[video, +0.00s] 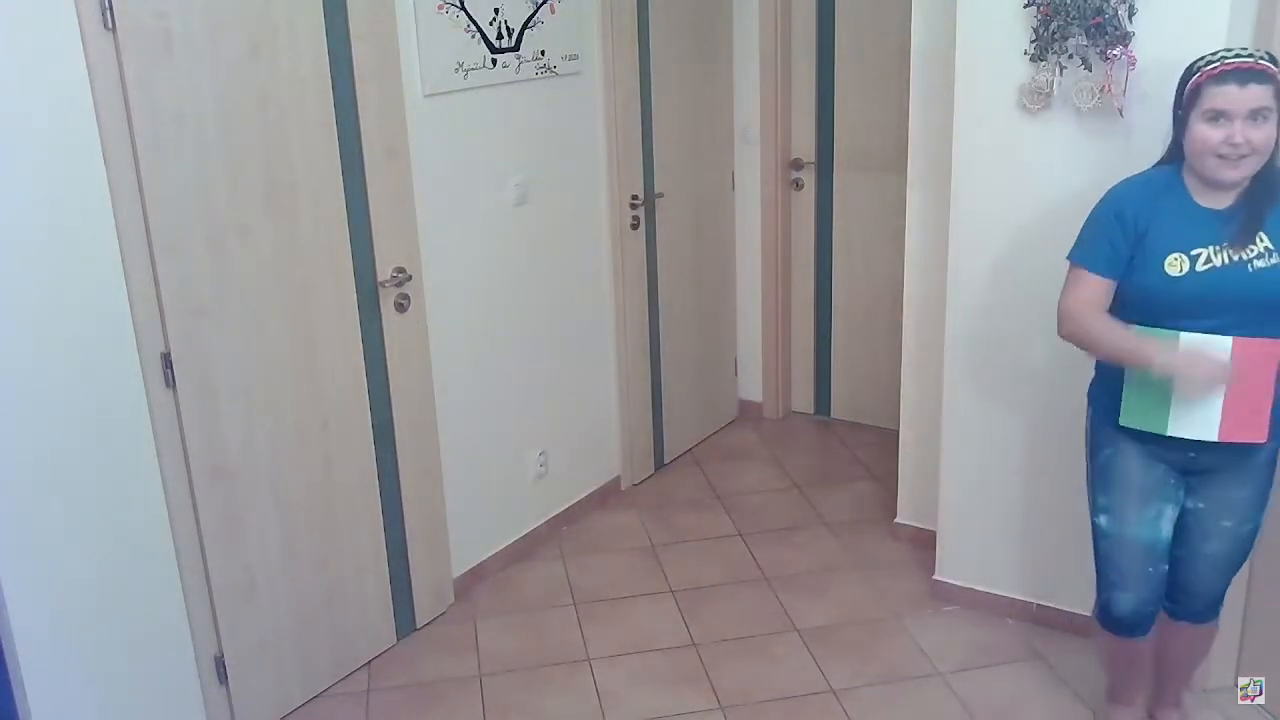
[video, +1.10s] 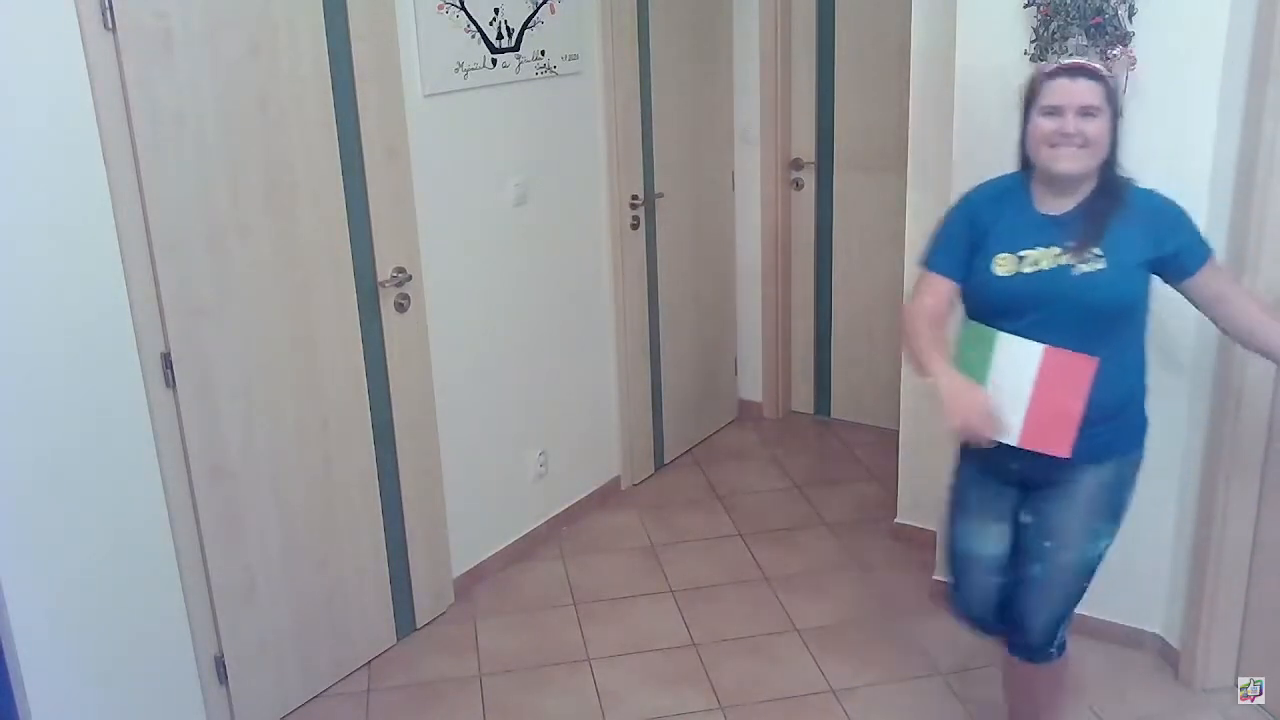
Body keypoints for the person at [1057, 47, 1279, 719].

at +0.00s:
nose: (1236, 136)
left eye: (1255, 117)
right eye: (1216, 117)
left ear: (1277, 128)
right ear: (1183, 126)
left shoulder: (1275, 212)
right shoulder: (1134, 203)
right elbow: (1075, 315)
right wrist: (1168, 358)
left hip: (1244, 443)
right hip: (1136, 434)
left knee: (1197, 602)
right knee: (1127, 605)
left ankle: (1171, 704)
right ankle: (1123, 706)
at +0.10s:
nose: (1234, 141)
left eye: (1254, 123)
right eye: (1215, 122)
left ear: (1274, 132)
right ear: (1182, 128)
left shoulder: (1276, 214)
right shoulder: (1132, 208)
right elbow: (1079, 321)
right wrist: (1142, 413)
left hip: (1249, 445)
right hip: (1142, 436)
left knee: (1201, 609)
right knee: (1133, 611)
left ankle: (1171, 704)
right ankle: (1127, 703)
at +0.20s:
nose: (1229, 142)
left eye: (1248, 124)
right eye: (1210, 124)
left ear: (1270, 133)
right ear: (1179, 131)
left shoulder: (1277, 213)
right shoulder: (1127, 213)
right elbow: (1070, 327)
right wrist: (1054, 439)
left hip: (1250, 452)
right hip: (1141, 444)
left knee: (1207, 610)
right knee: (1146, 615)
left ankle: (1171, 702)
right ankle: (1129, 700)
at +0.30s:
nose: (1221, 126)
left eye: (1241, 109)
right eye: (1202, 109)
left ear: (1262, 122)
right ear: (1171, 120)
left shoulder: (1272, 206)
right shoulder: (1118, 205)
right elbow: (1042, 298)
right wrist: (978, 378)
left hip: (1250, 437)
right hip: (1143, 431)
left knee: (1204, 595)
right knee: (1153, 606)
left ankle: (1171, 701)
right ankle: (1127, 702)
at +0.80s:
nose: (1142, 112)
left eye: (1163, 100)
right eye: (1124, 97)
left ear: (1187, 115)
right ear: (1099, 110)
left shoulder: (1228, 208)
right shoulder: (1050, 193)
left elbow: (1276, 313)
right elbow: (980, 273)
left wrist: (1277, 416)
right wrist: (924, 327)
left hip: (1164, 433)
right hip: (1061, 426)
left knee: (1103, 608)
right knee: (1087, 587)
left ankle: (1071, 710)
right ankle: (1117, 688)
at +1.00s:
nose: (1098, 134)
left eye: (1118, 119)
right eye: (1081, 118)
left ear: (1141, 133)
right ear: (1055, 129)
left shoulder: (1180, 221)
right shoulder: (1014, 211)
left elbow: (1263, 310)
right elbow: (954, 315)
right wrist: (969, 365)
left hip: (1117, 458)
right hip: (1020, 447)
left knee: (1039, 627)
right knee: (1062, 589)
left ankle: (1026, 714)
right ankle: (1123, 693)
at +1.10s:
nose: (1068, 127)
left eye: (1087, 114)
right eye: (1052, 113)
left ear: (1112, 129)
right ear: (1027, 126)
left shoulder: (1148, 218)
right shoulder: (982, 211)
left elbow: (1236, 306)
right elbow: (922, 318)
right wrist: (950, 383)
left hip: (1094, 455)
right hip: (991, 445)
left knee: (1033, 629)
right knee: (977, 605)